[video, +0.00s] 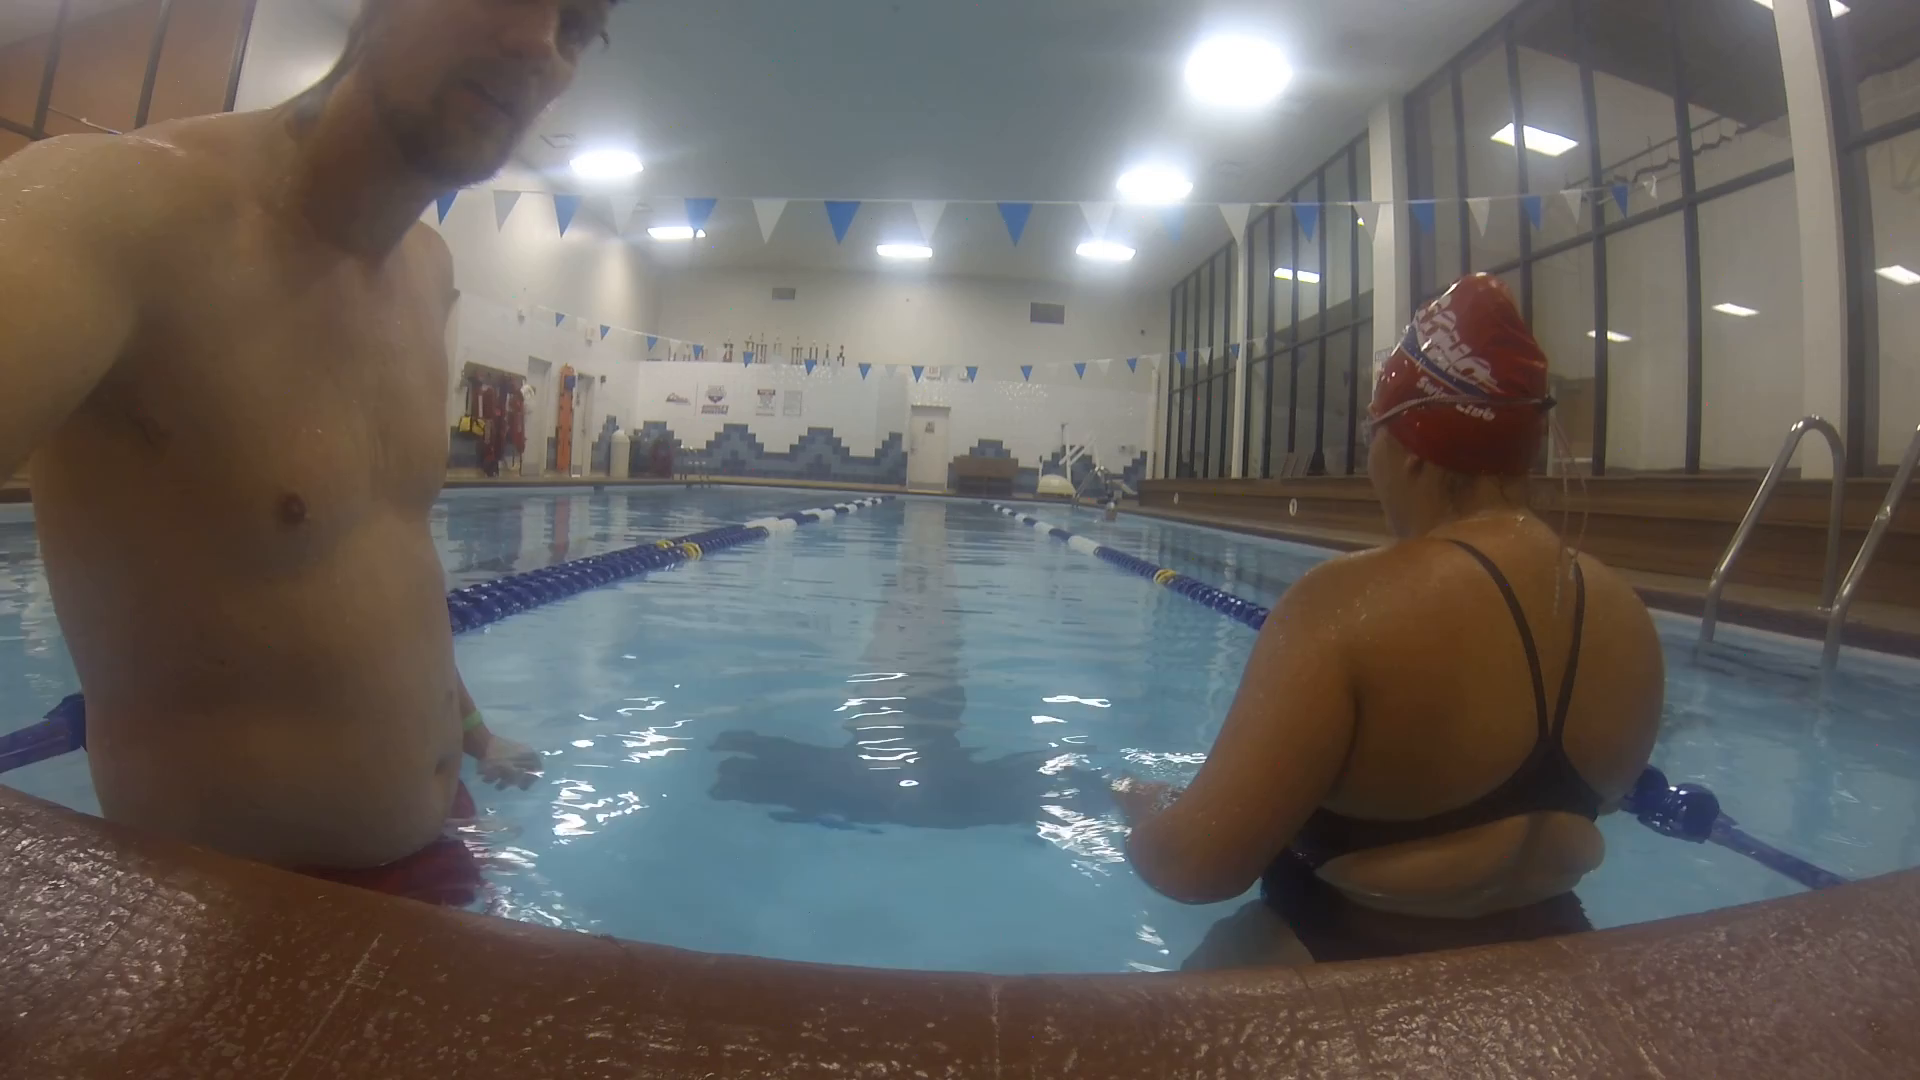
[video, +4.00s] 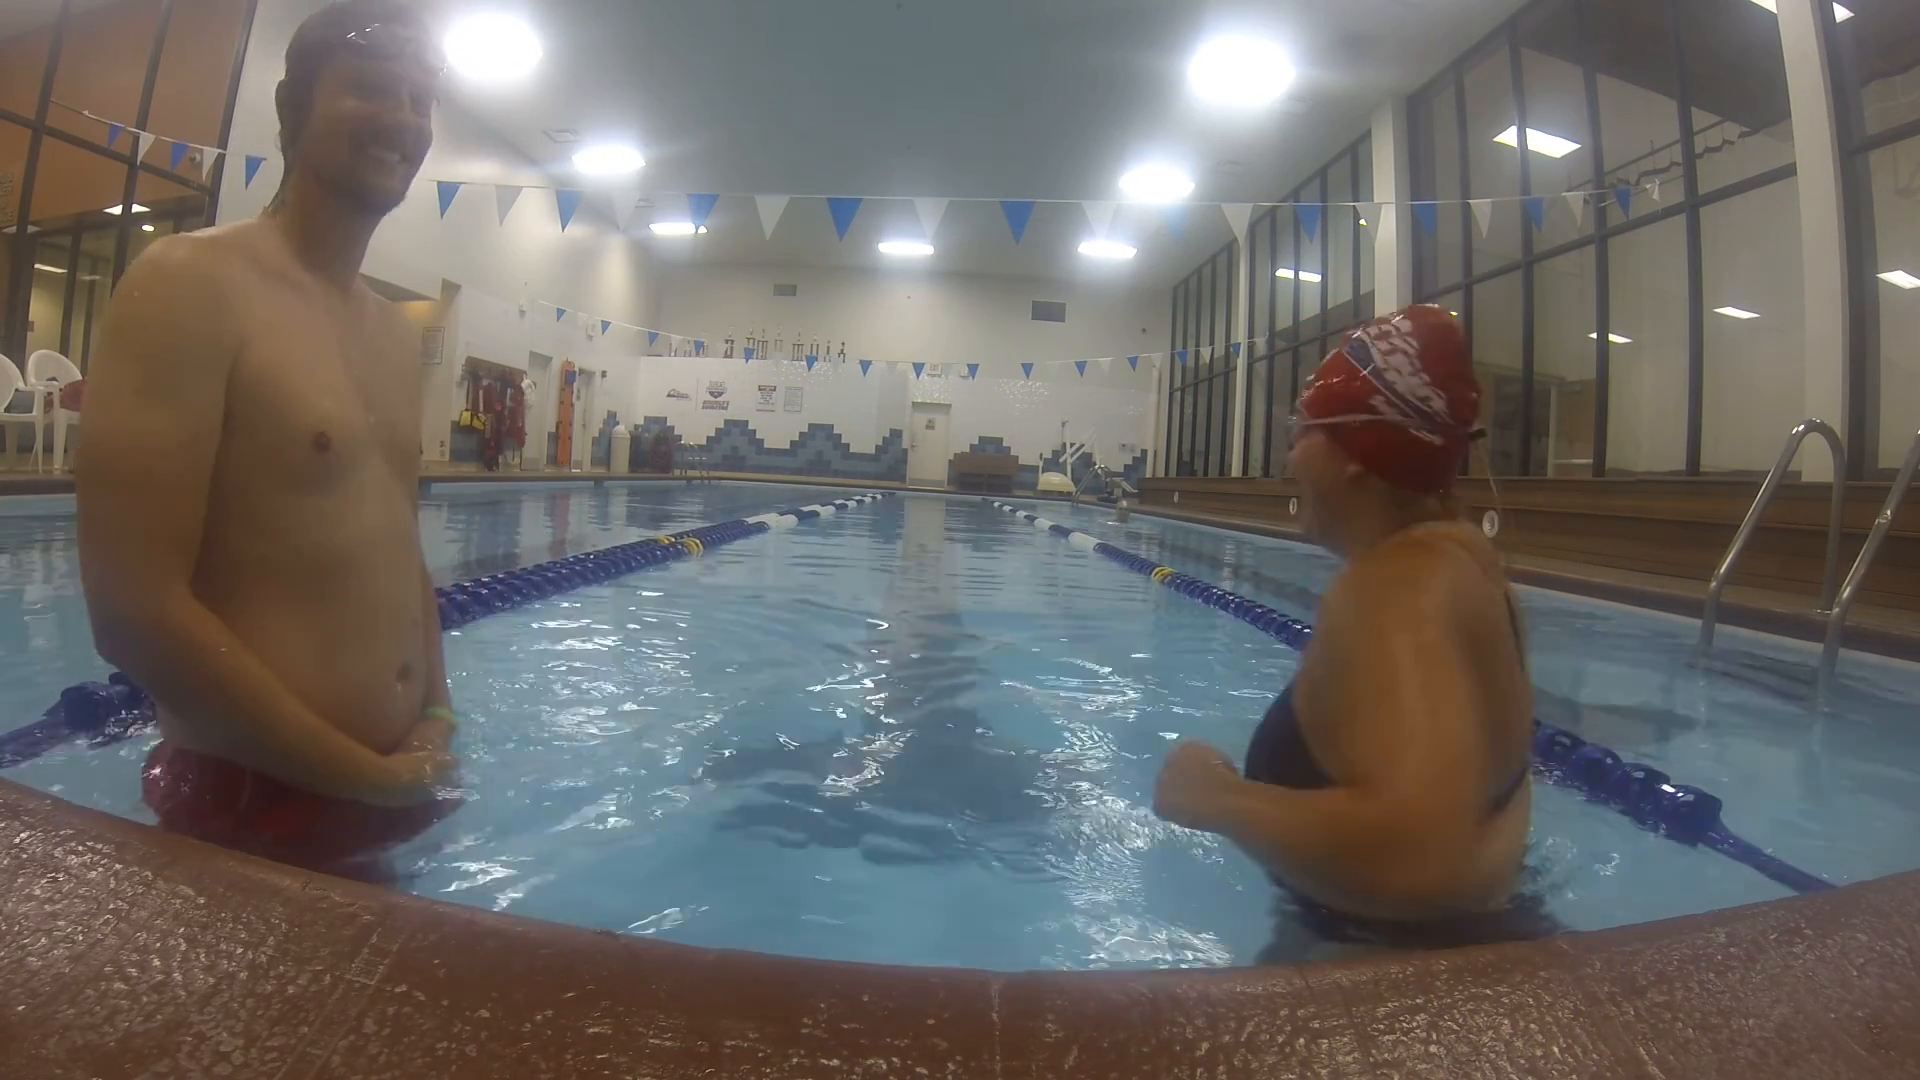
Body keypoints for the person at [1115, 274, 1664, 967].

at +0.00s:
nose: (1371, 457)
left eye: (1377, 434)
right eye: (1374, 434)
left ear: (1414, 450)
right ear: (1527, 446)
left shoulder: (1345, 606)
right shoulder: (1622, 610)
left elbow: (1202, 865)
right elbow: (1605, 783)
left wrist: (1148, 813)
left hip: (1336, 997)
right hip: (1544, 988)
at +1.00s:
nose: (1317, 433)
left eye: (1327, 406)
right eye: (1324, 406)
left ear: (1375, 426)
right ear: (1470, 425)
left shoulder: (1327, 582)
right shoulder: (1557, 591)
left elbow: (1199, 875)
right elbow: (1512, 805)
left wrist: (1040, 879)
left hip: (1308, 981)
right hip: (1493, 964)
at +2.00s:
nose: (1279, 427)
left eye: (1323, 405)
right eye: (1270, 404)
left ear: (1406, 445)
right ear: (1254, 420)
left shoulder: (1431, 635)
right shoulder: (1322, 584)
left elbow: (1452, 921)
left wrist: (1212, 788)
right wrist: (1174, 758)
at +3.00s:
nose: (1337, 464)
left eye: (1364, 444)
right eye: (1308, 439)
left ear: (1389, 468)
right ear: (1266, 461)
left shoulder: (1442, 594)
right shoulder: (1205, 602)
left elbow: (1639, 725)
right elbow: (1163, 725)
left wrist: (1535, 630)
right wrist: (1066, 767)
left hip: (1403, 949)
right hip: (1252, 935)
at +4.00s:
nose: (1290, 456)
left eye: (1304, 431)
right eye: (1298, 431)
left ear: (1360, 453)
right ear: (1369, 454)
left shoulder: (1399, 587)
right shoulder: (1458, 561)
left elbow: (1423, 852)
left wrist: (1224, 801)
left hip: (1372, 967)